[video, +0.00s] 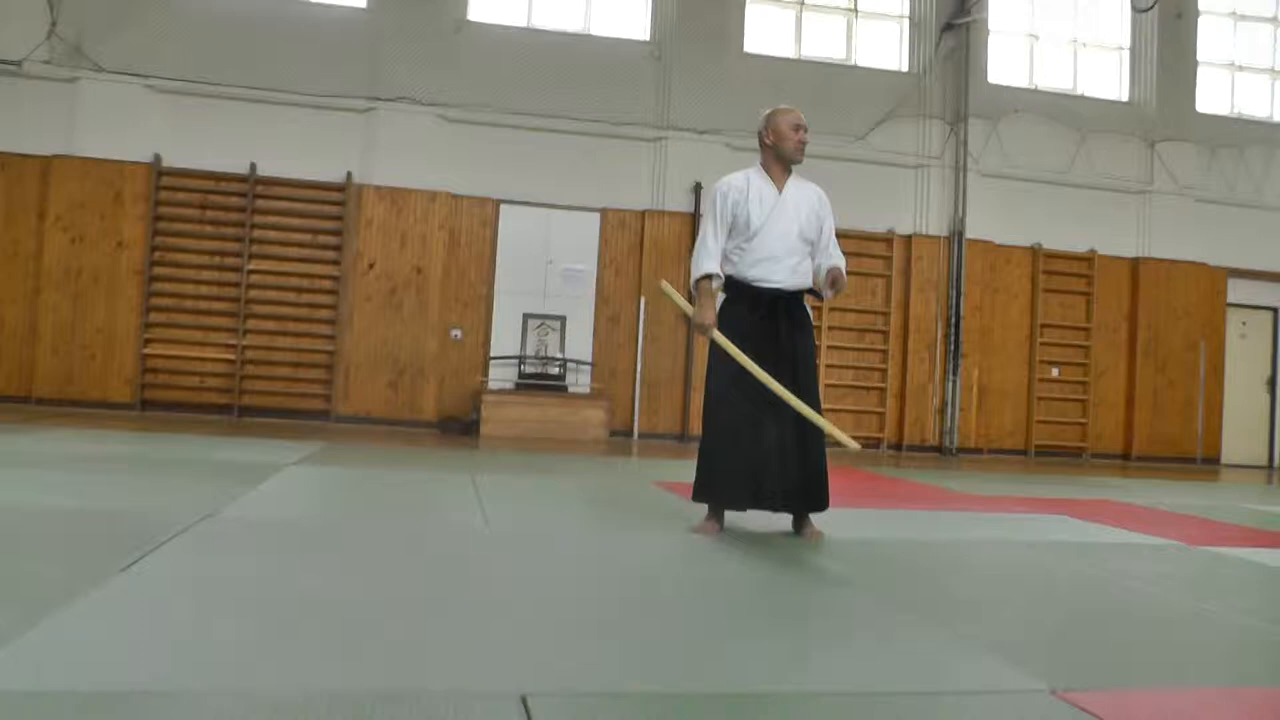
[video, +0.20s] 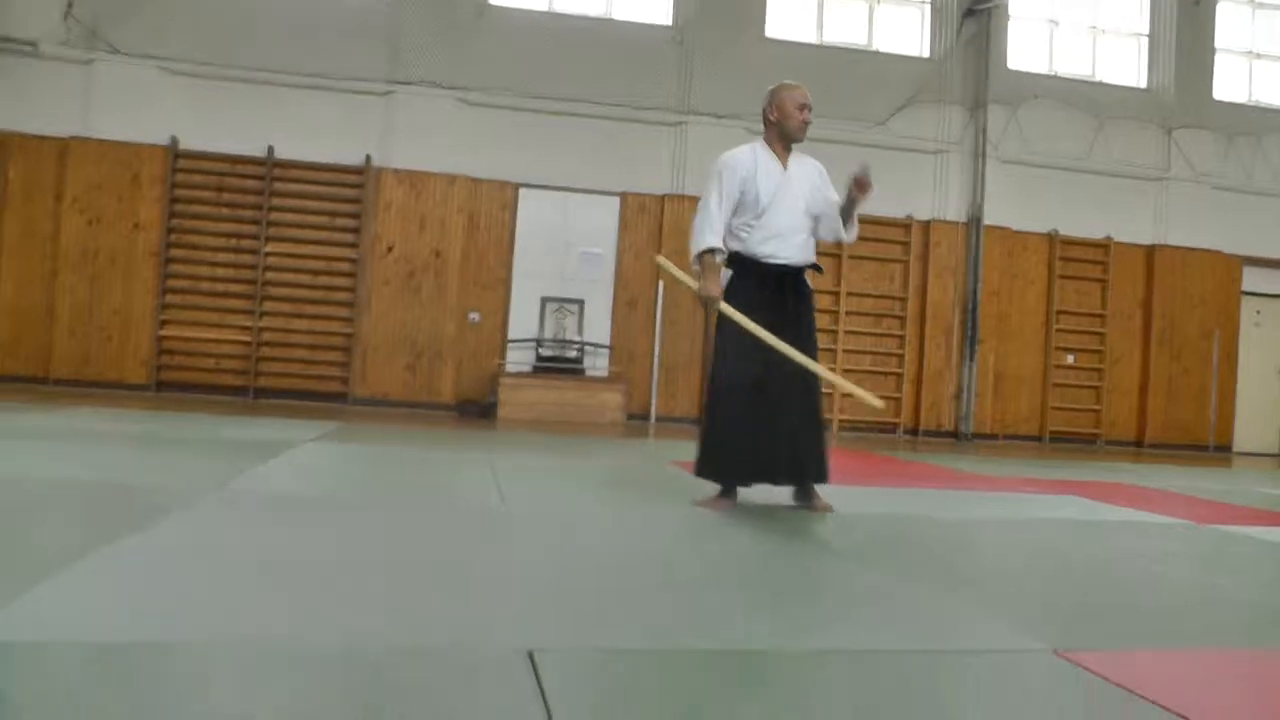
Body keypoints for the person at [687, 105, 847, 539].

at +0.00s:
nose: (805, 137)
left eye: (805, 131)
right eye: (796, 129)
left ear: (801, 141)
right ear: (767, 137)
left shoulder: (814, 197)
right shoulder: (732, 188)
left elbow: (828, 253)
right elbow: (708, 247)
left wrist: (834, 274)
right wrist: (705, 300)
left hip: (792, 312)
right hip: (741, 308)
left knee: (801, 409)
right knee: (728, 406)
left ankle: (802, 516)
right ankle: (715, 513)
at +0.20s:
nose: (808, 117)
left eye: (809, 111)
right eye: (800, 109)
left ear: (797, 118)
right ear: (772, 113)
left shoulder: (812, 170)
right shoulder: (737, 162)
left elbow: (830, 229)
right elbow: (711, 218)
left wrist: (851, 202)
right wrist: (710, 272)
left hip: (794, 286)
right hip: (747, 283)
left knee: (801, 381)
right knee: (736, 379)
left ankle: (804, 485)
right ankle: (727, 485)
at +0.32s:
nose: (753, 108)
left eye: (755, 102)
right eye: (746, 99)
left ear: (751, 108)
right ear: (719, 101)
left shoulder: (753, 159)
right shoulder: (684, 150)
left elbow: (767, 212)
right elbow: (660, 204)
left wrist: (794, 201)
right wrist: (662, 262)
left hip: (735, 271)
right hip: (690, 267)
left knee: (741, 365)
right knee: (682, 364)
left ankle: (741, 469)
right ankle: (673, 470)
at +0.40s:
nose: (708, 110)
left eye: (709, 103)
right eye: (700, 102)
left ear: (704, 111)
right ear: (672, 107)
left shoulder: (710, 164)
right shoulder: (642, 155)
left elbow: (726, 223)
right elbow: (621, 212)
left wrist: (747, 235)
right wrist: (628, 268)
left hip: (692, 275)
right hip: (647, 271)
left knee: (695, 370)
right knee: (640, 369)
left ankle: (688, 472)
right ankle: (633, 472)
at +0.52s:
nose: (656, 139)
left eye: (658, 133)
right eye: (648, 131)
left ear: (656, 142)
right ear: (622, 136)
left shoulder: (660, 195)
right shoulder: (595, 184)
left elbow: (669, 252)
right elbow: (578, 241)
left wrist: (676, 287)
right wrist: (588, 295)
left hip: (644, 303)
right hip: (603, 297)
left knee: (640, 399)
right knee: (594, 398)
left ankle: (632, 499)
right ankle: (587, 499)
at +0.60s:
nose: (636, 162)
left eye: (640, 156)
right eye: (628, 154)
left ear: (641, 165)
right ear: (604, 159)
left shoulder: (642, 218)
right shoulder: (577, 206)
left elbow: (649, 276)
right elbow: (563, 264)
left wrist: (647, 323)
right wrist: (574, 317)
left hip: (627, 323)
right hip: (585, 318)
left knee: (621, 420)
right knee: (576, 419)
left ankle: (613, 519)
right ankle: (568, 522)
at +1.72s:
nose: (627, 224)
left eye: (629, 219)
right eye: (618, 216)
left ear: (629, 228)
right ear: (595, 222)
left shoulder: (637, 278)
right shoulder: (570, 264)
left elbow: (649, 326)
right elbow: (565, 322)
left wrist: (651, 351)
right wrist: (601, 350)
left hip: (613, 375)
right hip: (574, 372)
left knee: (607, 464)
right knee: (563, 462)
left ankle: (595, 558)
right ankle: (559, 556)